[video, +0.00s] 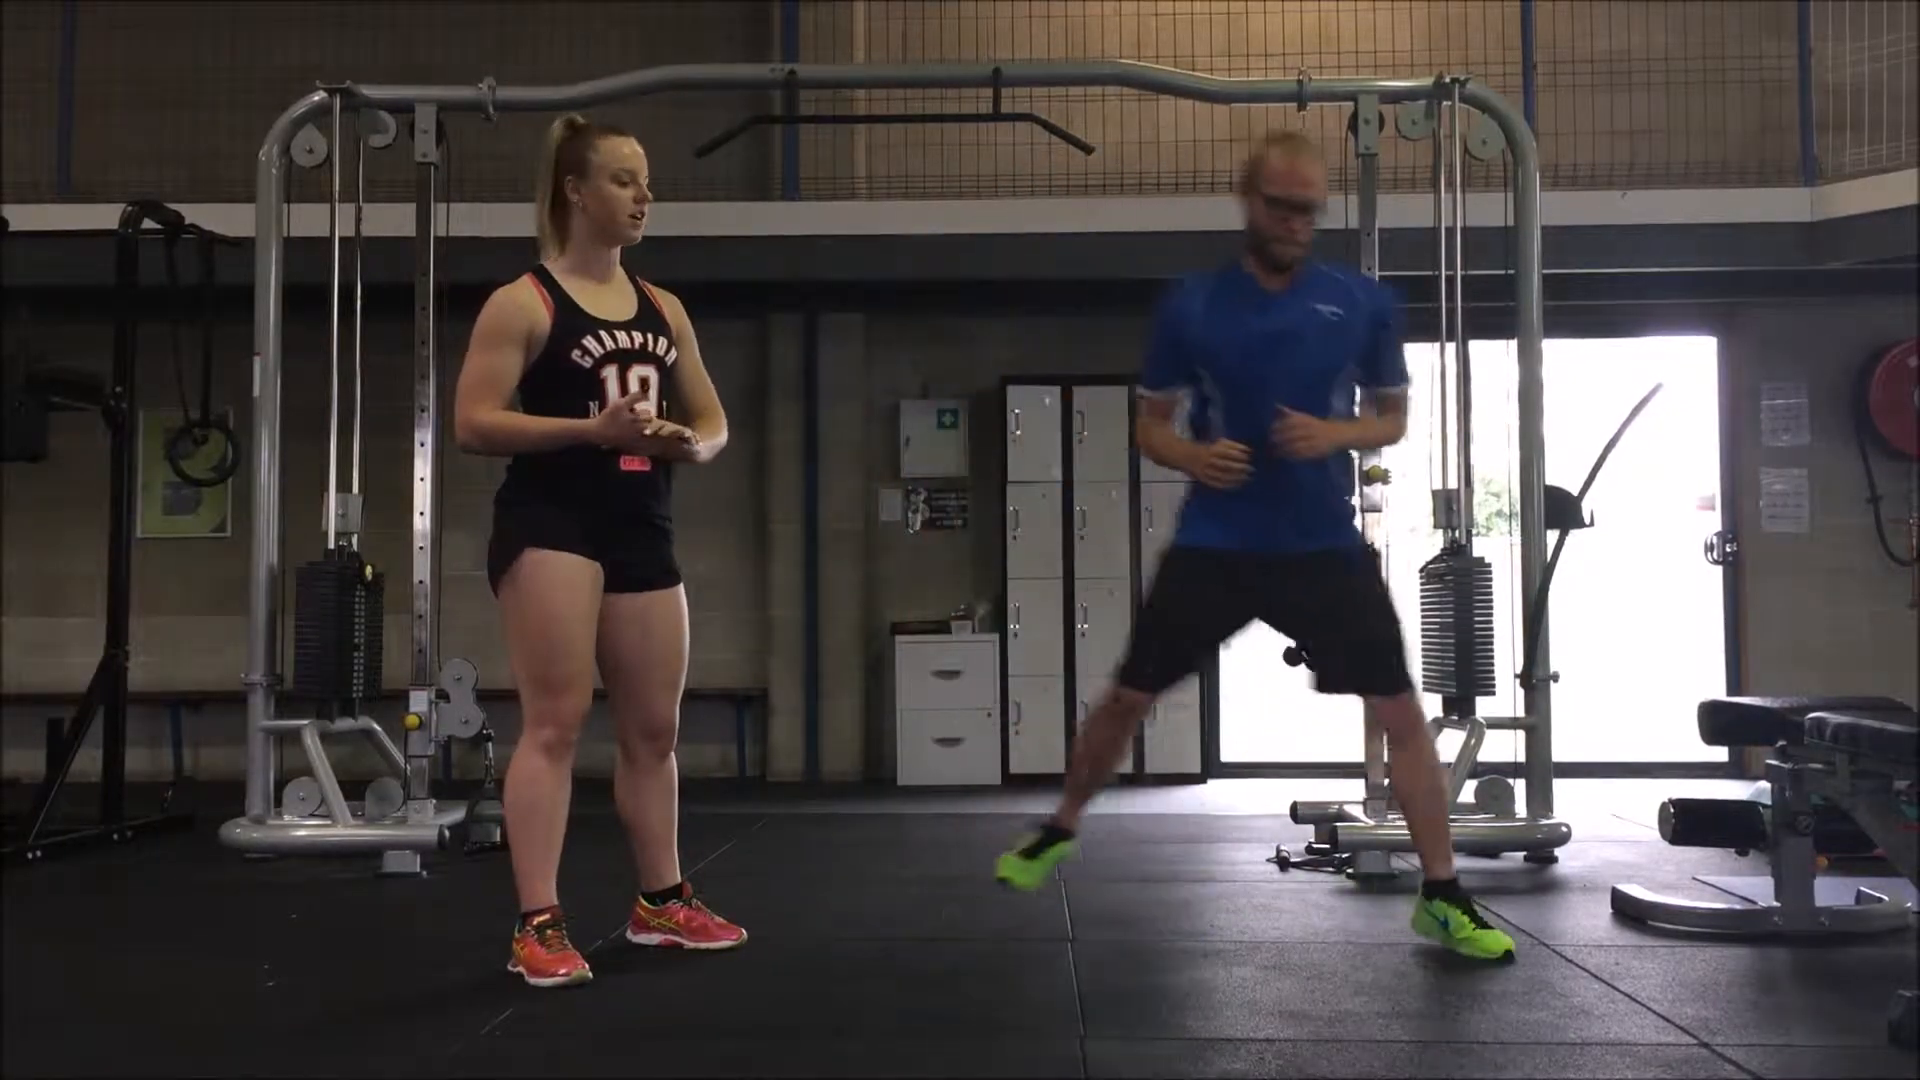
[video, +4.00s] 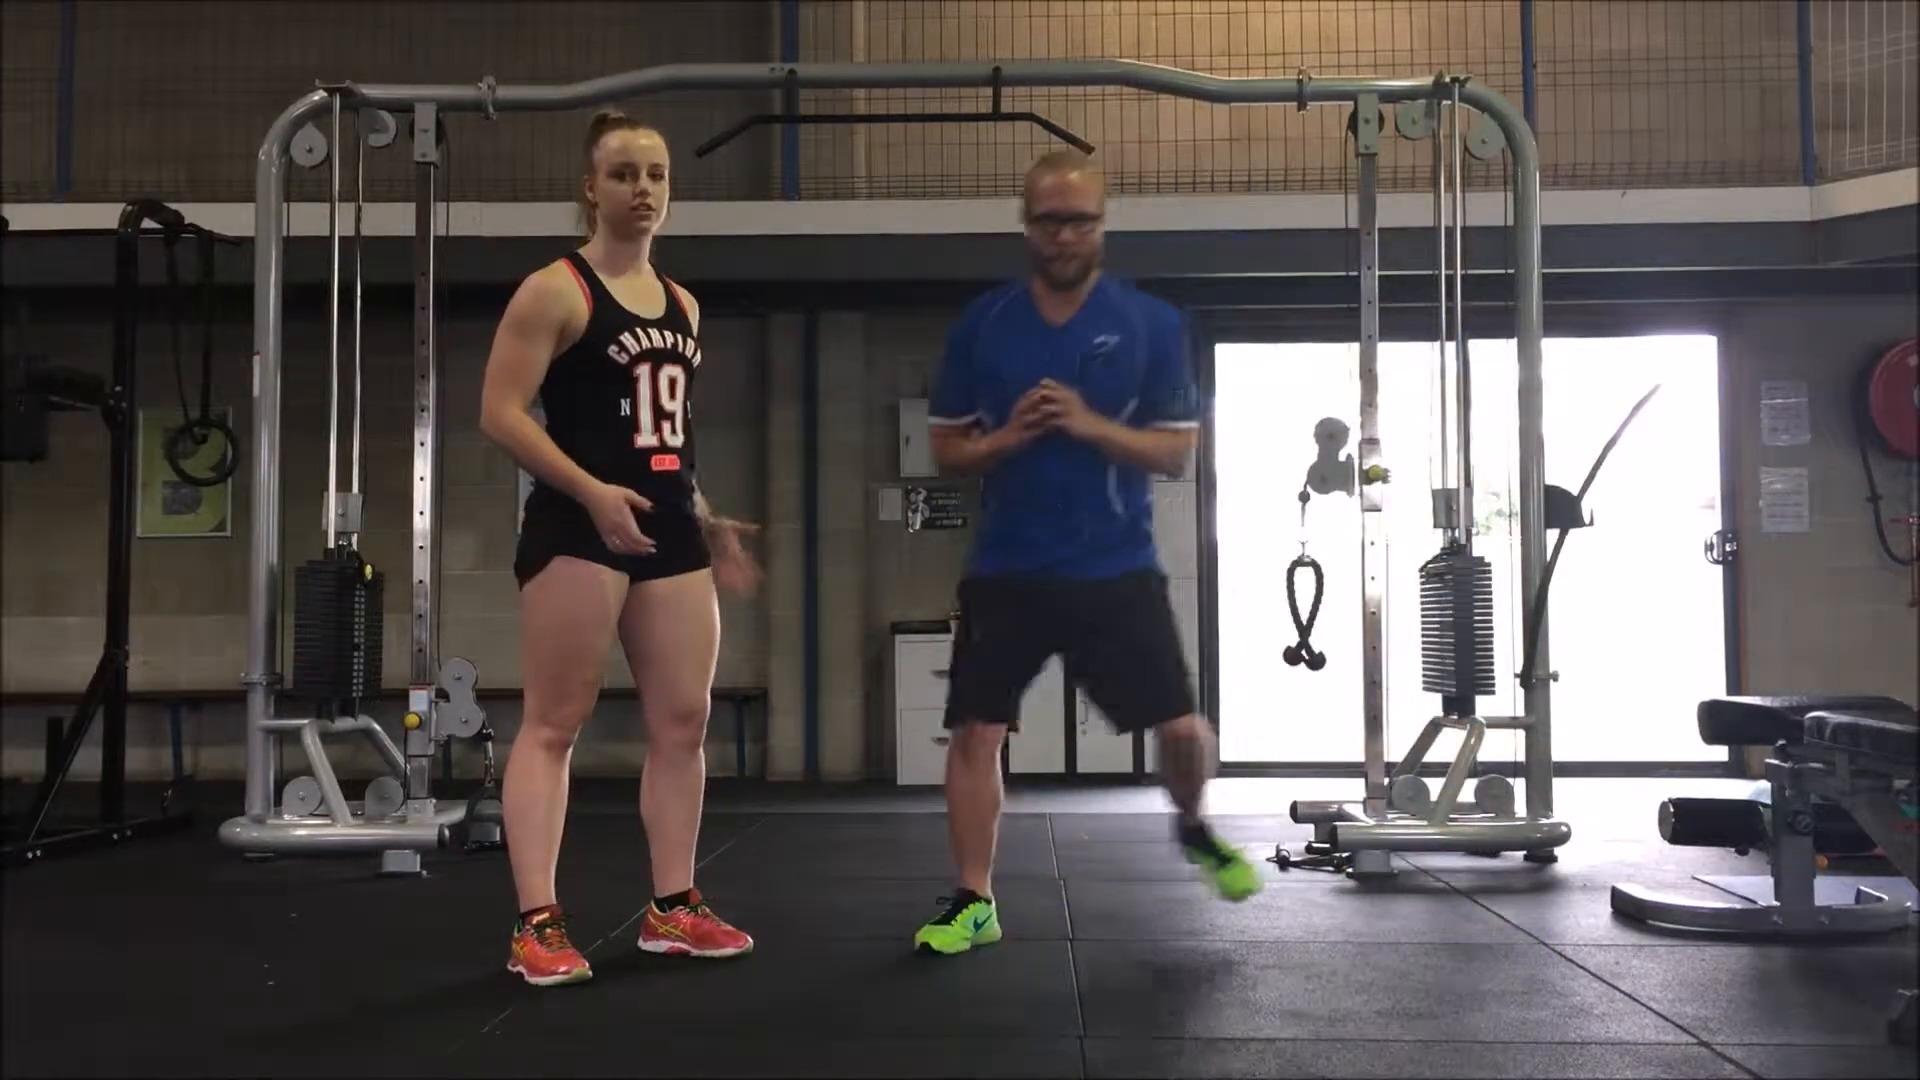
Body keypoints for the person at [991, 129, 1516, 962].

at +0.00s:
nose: (1294, 221)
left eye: (1308, 208)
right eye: (1279, 205)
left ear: (1325, 209)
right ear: (1245, 201)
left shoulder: (1364, 304)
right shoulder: (1193, 304)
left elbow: (1391, 419)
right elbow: (1148, 424)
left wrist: (1336, 432)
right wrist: (1192, 455)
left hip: (1325, 551)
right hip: (1215, 547)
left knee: (1401, 711)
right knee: (1130, 694)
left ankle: (1441, 891)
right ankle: (1061, 827)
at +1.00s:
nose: (1313, 263)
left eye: (1332, 249)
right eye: (1302, 246)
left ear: (1368, 248)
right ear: (1288, 242)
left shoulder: (1417, 350)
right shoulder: (1244, 341)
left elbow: (1453, 472)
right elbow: (1194, 452)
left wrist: (1363, 480)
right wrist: (1245, 487)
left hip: (1366, 573)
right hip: (1258, 570)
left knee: (1445, 721)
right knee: (1192, 708)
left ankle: (1447, 900)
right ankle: (1158, 861)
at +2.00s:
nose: (952, 268)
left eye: (965, 251)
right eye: (935, 254)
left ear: (986, 231)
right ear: (904, 236)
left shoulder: (1044, 311)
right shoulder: (872, 337)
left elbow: (1097, 414)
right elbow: (860, 465)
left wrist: (1035, 454)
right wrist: (897, 483)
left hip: (1053, 554)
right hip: (945, 565)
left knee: (1126, 702)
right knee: (934, 728)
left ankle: (1140, 825)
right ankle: (953, 897)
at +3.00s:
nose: (1423, 266)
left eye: (1437, 250)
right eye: (1408, 249)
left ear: (1451, 240)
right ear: (1367, 231)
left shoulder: (1482, 330)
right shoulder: (1309, 330)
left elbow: (1511, 441)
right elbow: (1270, 462)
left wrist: (1464, 453)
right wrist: (1355, 461)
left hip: (1436, 573)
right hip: (1328, 574)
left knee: (1470, 727)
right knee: (1291, 737)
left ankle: (1470, 905)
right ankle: (1271, 855)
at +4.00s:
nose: (1064, 235)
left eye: (1079, 221)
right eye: (1048, 221)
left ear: (1104, 223)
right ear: (1024, 224)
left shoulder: (1151, 324)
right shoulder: (982, 324)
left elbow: (1173, 451)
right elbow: (947, 452)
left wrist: (1088, 423)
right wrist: (1006, 437)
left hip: (1116, 570)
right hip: (1006, 572)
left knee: (1182, 726)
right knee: (974, 732)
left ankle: (1193, 826)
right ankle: (973, 898)